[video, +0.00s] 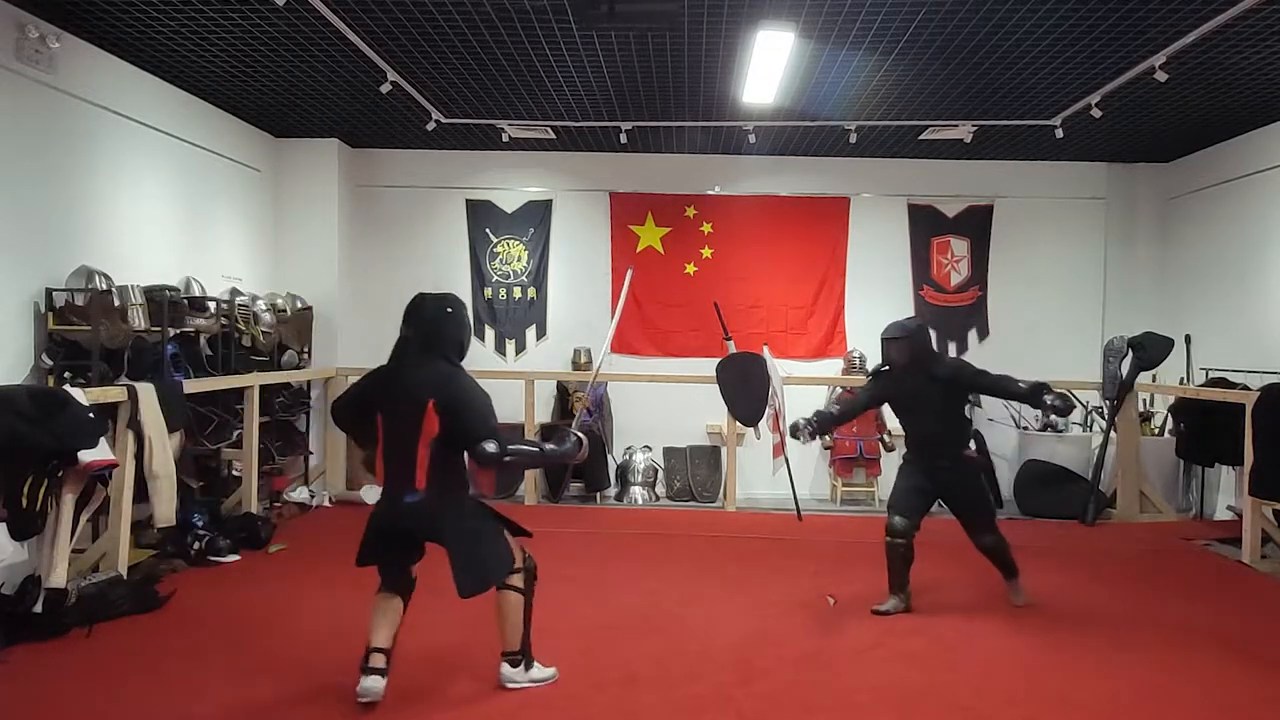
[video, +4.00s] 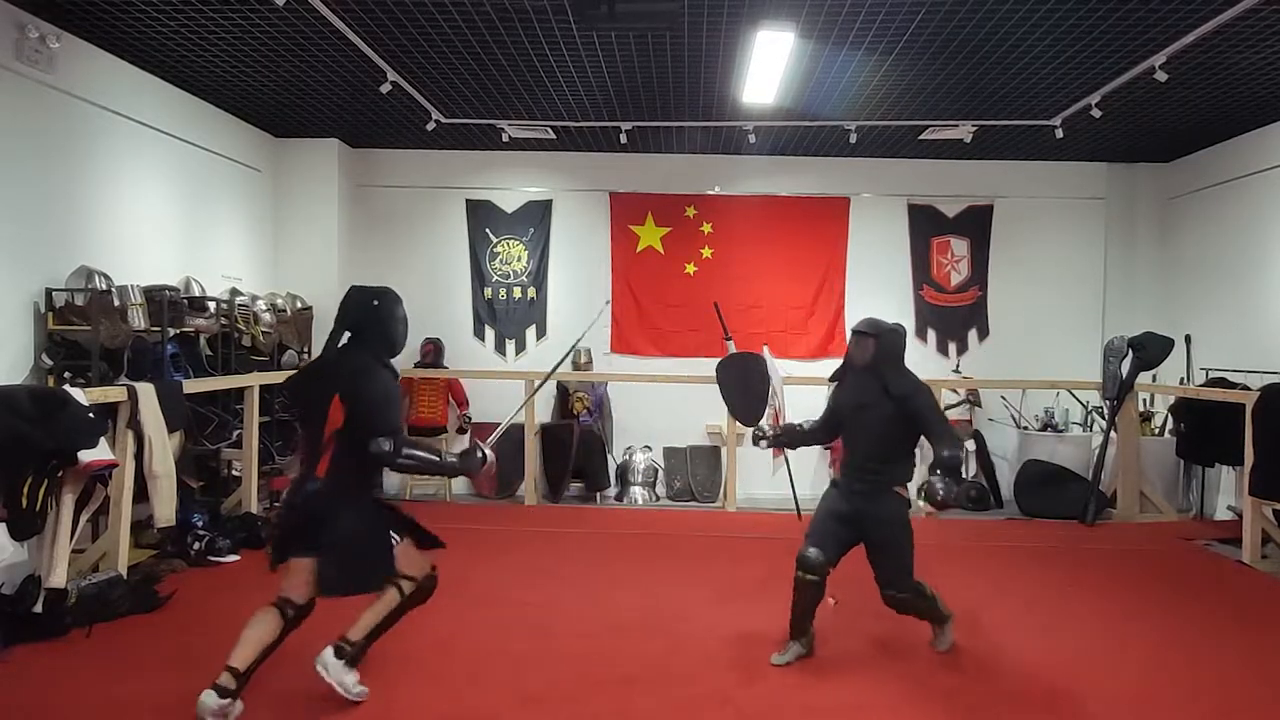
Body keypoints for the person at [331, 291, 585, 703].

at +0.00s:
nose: (466, 339)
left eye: (465, 331)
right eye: (463, 331)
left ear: (410, 330)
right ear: (453, 334)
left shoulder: (385, 376)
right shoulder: (456, 384)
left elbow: (343, 410)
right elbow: (490, 450)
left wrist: (376, 450)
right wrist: (558, 452)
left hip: (393, 506)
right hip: (446, 507)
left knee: (394, 580)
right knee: (516, 564)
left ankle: (374, 671)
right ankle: (516, 662)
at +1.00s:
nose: (588, 350)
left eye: (585, 342)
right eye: (584, 343)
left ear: (538, 346)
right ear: (574, 347)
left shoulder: (516, 387)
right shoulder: (582, 392)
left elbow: (470, 421)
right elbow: (618, 442)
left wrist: (502, 454)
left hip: (523, 510)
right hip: (577, 510)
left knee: (500, 590)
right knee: (636, 547)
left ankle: (458, 673)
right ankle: (647, 642)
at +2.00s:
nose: (812, 357)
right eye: (810, 351)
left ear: (771, 354)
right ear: (809, 356)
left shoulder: (756, 389)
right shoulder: (823, 396)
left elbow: (714, 414)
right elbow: (851, 449)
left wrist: (744, 446)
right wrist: (880, 434)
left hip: (765, 494)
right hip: (811, 494)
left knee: (742, 565)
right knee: (844, 538)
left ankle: (714, 619)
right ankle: (842, 606)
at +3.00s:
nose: (679, 334)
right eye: (675, 328)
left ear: (629, 331)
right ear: (672, 336)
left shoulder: (610, 362)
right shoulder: (675, 380)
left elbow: (570, 387)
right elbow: (683, 426)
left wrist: (601, 414)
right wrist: (679, 385)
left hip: (602, 477)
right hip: (649, 477)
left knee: (596, 556)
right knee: (700, 541)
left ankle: (546, 619)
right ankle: (727, 621)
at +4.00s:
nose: (404, 329)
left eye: (401, 319)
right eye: (399, 320)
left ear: (355, 324)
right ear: (382, 325)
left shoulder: (325, 365)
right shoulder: (377, 376)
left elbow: (291, 391)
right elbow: (386, 449)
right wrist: (459, 464)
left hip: (307, 501)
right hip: (348, 506)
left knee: (292, 599)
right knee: (418, 574)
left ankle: (222, 690)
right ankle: (343, 655)